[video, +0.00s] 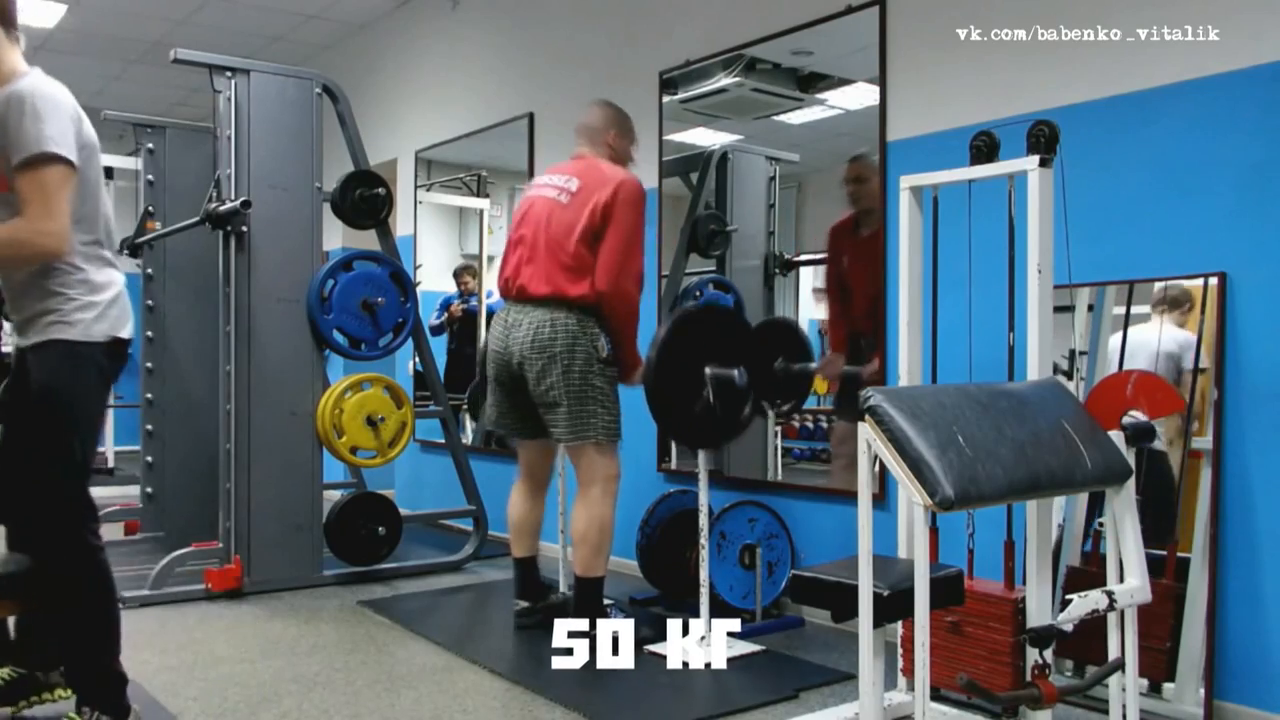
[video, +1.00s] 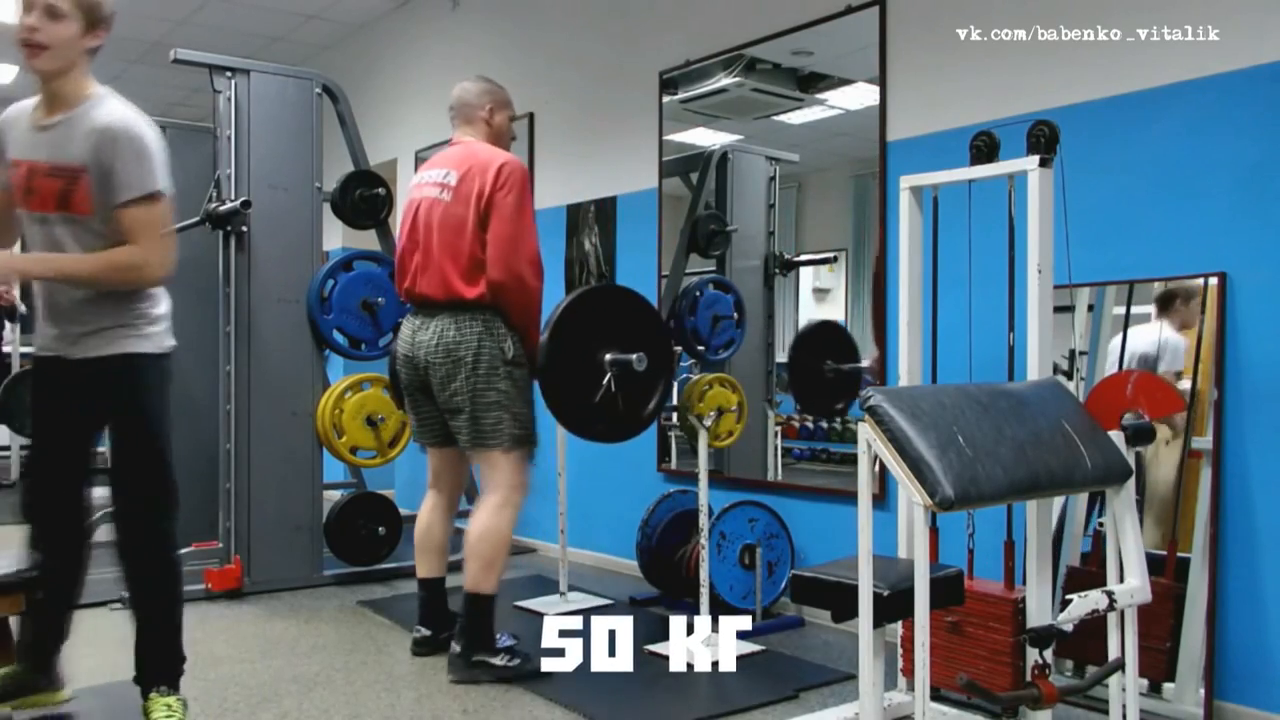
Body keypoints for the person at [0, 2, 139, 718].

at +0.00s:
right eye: (3, 26)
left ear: (5, 22)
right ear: (16, 25)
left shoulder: (36, 95)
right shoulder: (24, 102)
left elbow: (45, 233)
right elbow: (42, 232)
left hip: (75, 326)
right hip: (49, 328)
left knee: (50, 502)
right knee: (27, 497)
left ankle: (100, 693)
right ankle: (43, 653)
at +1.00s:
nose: (30, 27)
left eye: (51, 15)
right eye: (26, 13)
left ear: (94, 34)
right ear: (19, 25)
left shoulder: (124, 130)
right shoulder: (13, 124)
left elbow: (156, 258)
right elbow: (10, 234)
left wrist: (28, 265)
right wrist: (8, 275)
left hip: (132, 350)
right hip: (56, 352)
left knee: (145, 520)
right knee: (52, 511)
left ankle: (161, 685)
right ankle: (38, 669)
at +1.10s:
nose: (54, 13)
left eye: (74, 2)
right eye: (48, 2)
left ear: (114, 20)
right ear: (39, 15)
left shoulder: (145, 115)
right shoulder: (25, 113)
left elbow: (197, 237)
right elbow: (10, 213)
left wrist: (66, 265)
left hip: (146, 346)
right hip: (67, 347)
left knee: (155, 517)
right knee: (73, 501)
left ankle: (164, 685)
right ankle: (94, 647)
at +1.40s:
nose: (77, 12)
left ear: (128, 10)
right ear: (53, 13)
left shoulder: (169, 96)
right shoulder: (34, 114)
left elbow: (250, 210)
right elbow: (11, 212)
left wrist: (128, 242)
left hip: (179, 346)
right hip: (85, 351)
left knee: (183, 525)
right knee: (101, 518)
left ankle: (177, 687)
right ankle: (179, 586)